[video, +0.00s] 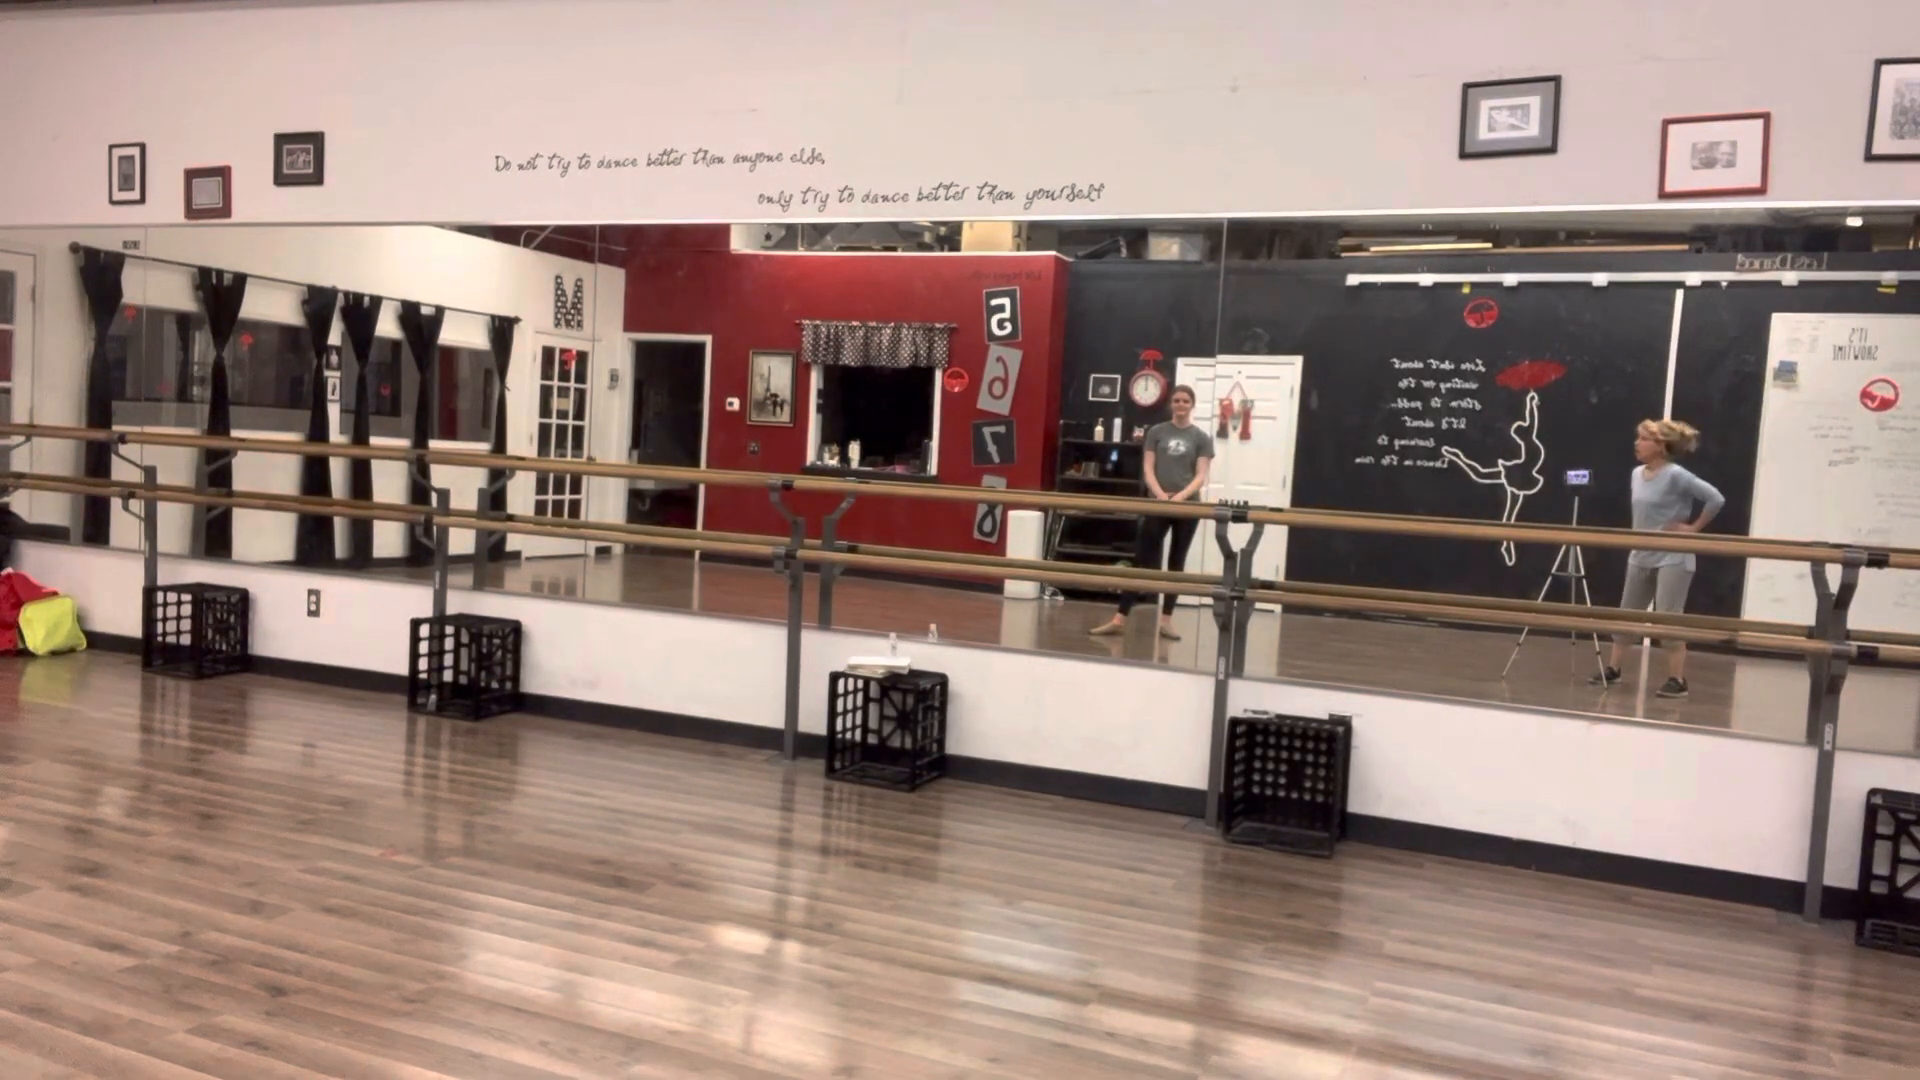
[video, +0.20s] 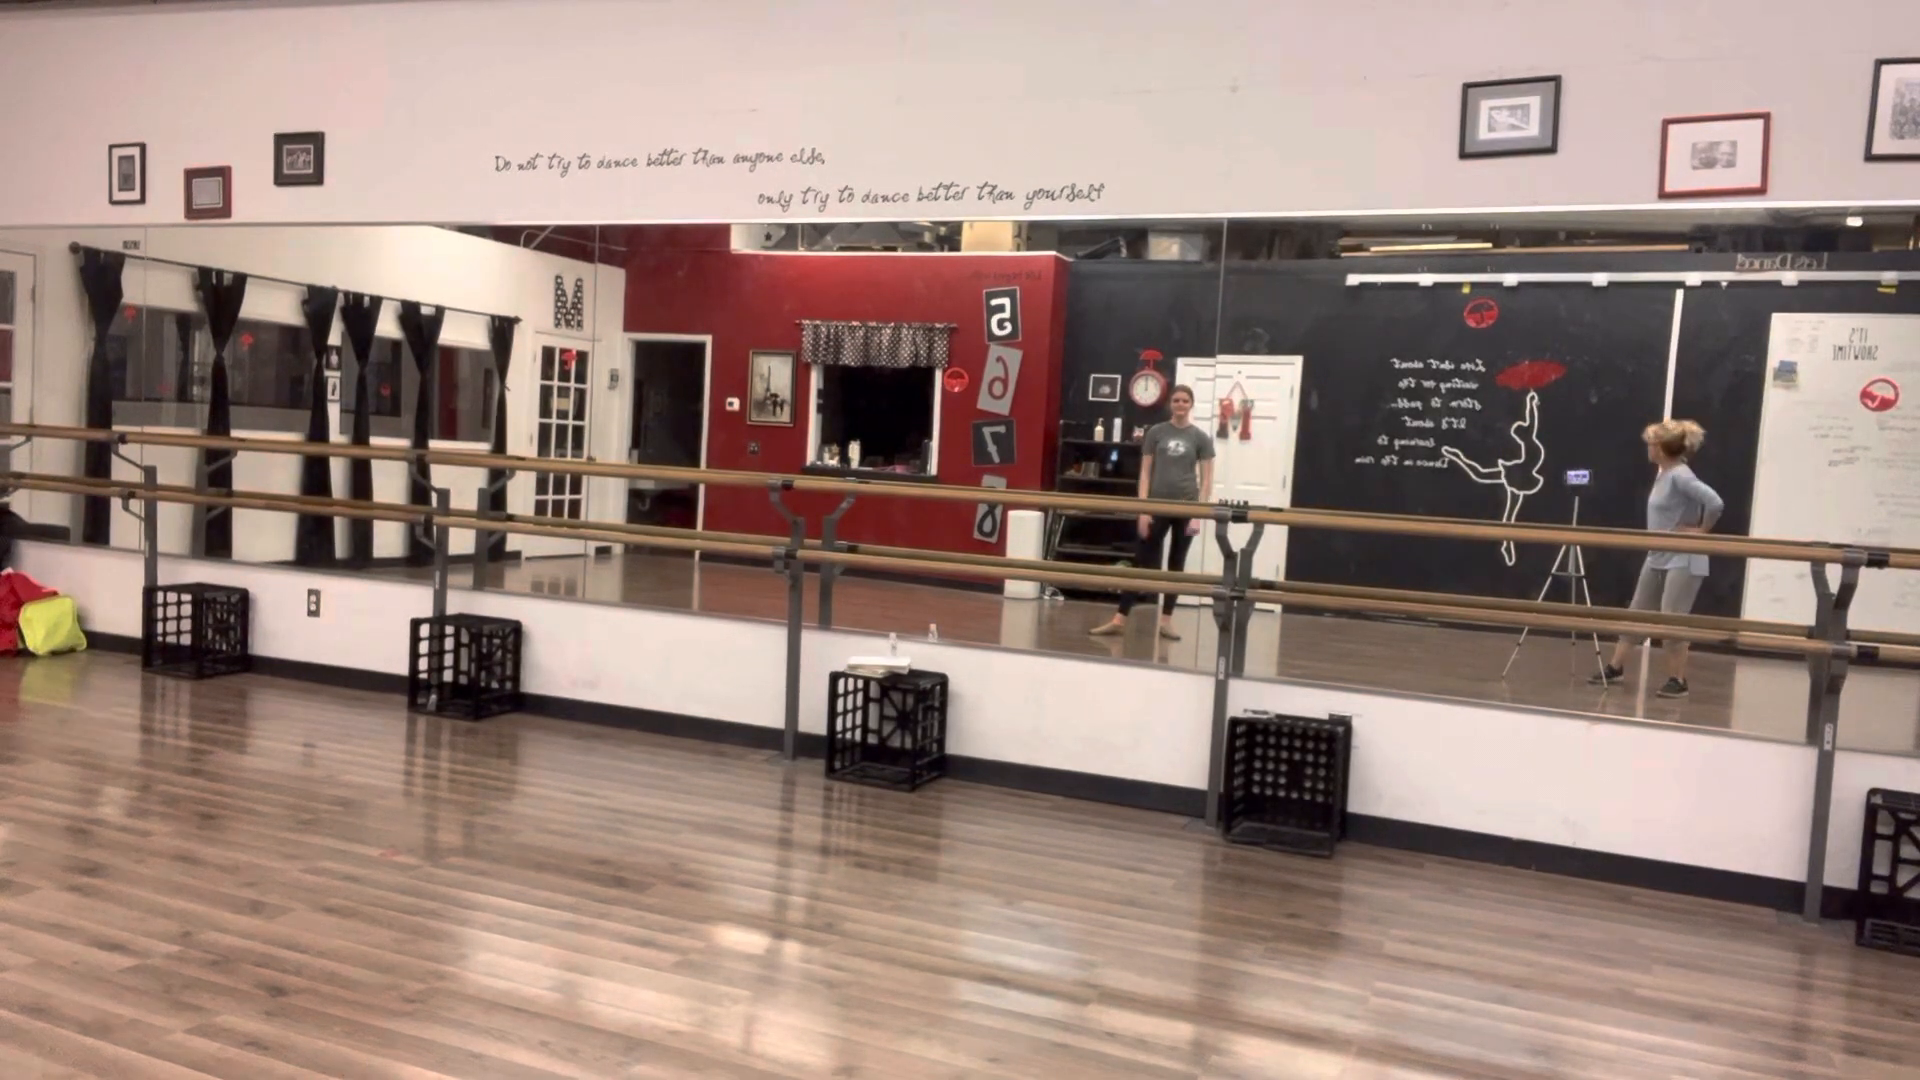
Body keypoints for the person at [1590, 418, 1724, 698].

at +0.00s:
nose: (1637, 444)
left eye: (1644, 439)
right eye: (1638, 438)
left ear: (1661, 446)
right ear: (1641, 443)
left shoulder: (1676, 475)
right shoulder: (1637, 474)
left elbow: (1716, 499)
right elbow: (1642, 507)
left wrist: (1693, 527)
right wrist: (1640, 534)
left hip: (1674, 556)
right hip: (1641, 554)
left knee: (1667, 618)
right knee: (1627, 614)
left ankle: (1676, 679)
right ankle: (1613, 668)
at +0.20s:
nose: (1647, 448)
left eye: (1651, 443)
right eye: (1648, 443)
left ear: (1662, 447)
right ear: (1664, 447)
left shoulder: (1681, 475)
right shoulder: (1662, 473)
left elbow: (1714, 502)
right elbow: (1681, 505)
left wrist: (1702, 530)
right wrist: (1665, 530)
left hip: (1685, 558)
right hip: (1658, 555)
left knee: (1672, 618)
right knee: (1637, 613)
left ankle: (1677, 679)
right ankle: (1615, 667)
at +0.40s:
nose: (1660, 448)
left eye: (1662, 443)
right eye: (1661, 443)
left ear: (1669, 445)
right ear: (1686, 445)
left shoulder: (1678, 472)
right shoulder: (1685, 469)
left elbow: (1697, 502)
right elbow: (1692, 506)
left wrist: (1690, 527)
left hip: (1684, 559)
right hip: (1668, 556)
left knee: (1672, 617)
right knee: (1652, 613)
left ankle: (1677, 677)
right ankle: (1654, 668)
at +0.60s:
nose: (1668, 445)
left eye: (1669, 441)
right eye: (1671, 440)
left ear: (1673, 443)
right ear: (1697, 444)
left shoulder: (1673, 471)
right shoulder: (1703, 472)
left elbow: (1684, 500)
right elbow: (1709, 506)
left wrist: (1678, 524)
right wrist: (1704, 531)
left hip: (1676, 556)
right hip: (1697, 554)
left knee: (1671, 618)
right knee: (1687, 614)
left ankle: (1677, 676)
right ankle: (1700, 672)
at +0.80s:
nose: (1670, 446)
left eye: (1672, 441)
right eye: (1672, 441)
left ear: (1677, 443)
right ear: (1702, 445)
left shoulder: (1672, 470)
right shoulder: (1707, 476)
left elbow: (1679, 501)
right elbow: (1710, 517)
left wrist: (1674, 529)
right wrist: (1707, 543)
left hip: (1675, 557)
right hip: (1699, 557)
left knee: (1671, 621)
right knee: (1692, 617)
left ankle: (1678, 677)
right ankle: (1721, 669)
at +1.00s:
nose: (1672, 446)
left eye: (1673, 442)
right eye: (1673, 441)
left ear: (1679, 443)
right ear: (1703, 444)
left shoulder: (1679, 471)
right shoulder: (1710, 474)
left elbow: (1686, 503)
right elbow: (1714, 512)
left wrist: (1675, 528)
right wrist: (1708, 540)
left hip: (1678, 557)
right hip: (1701, 556)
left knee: (1676, 620)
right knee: (1693, 616)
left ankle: (1683, 678)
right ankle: (1717, 673)